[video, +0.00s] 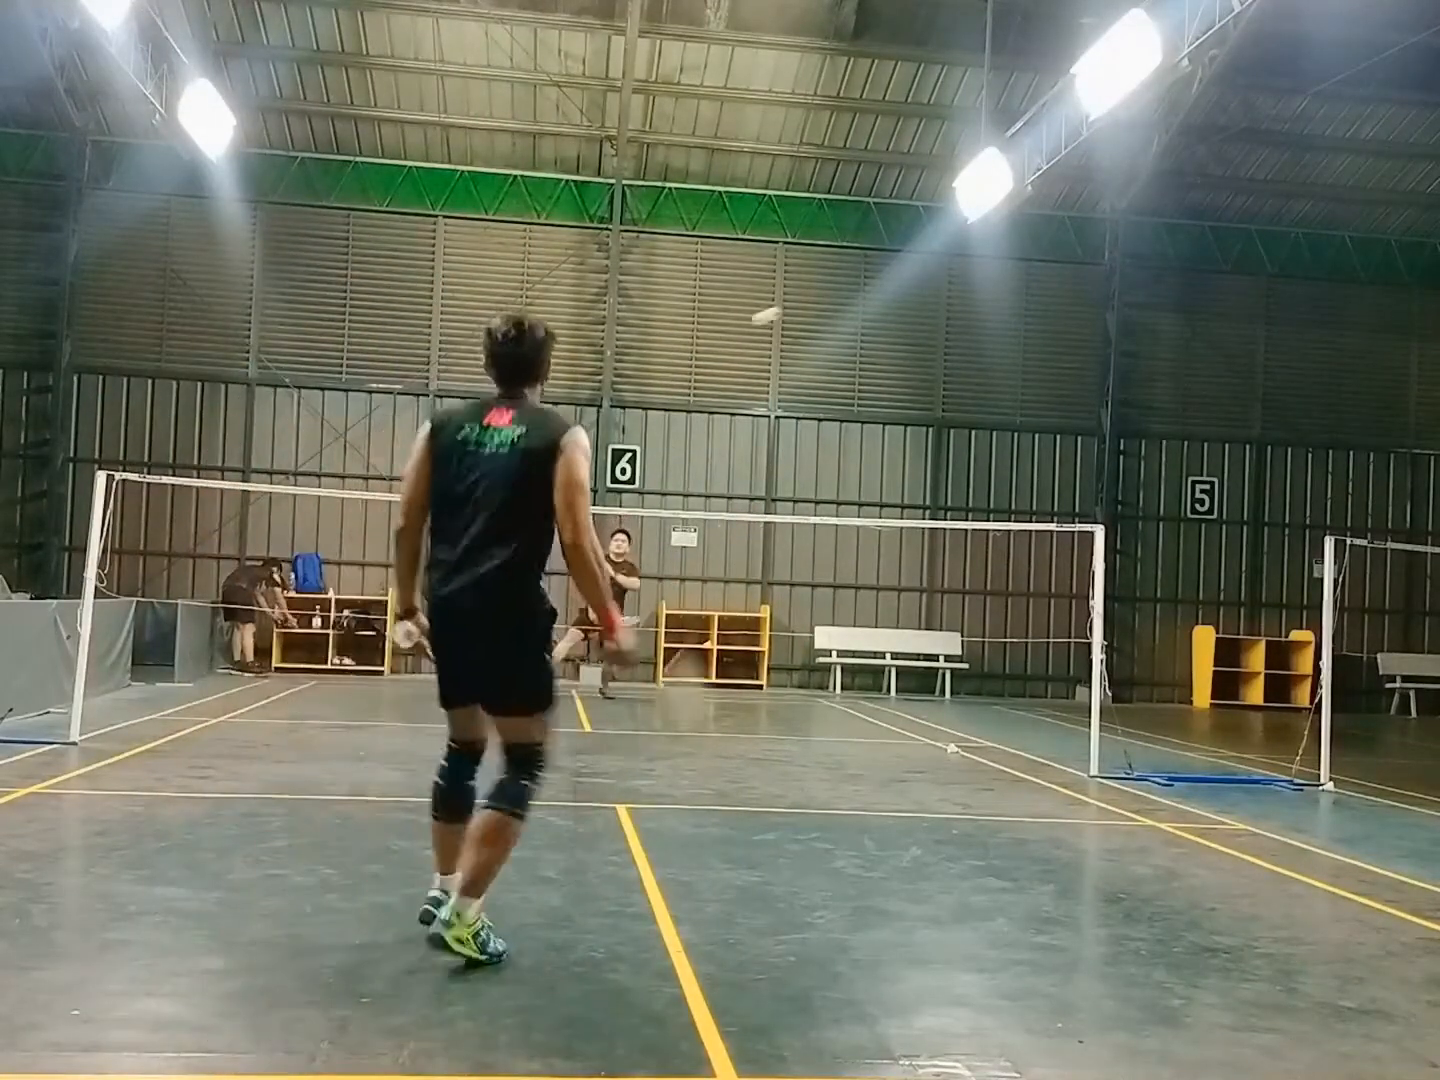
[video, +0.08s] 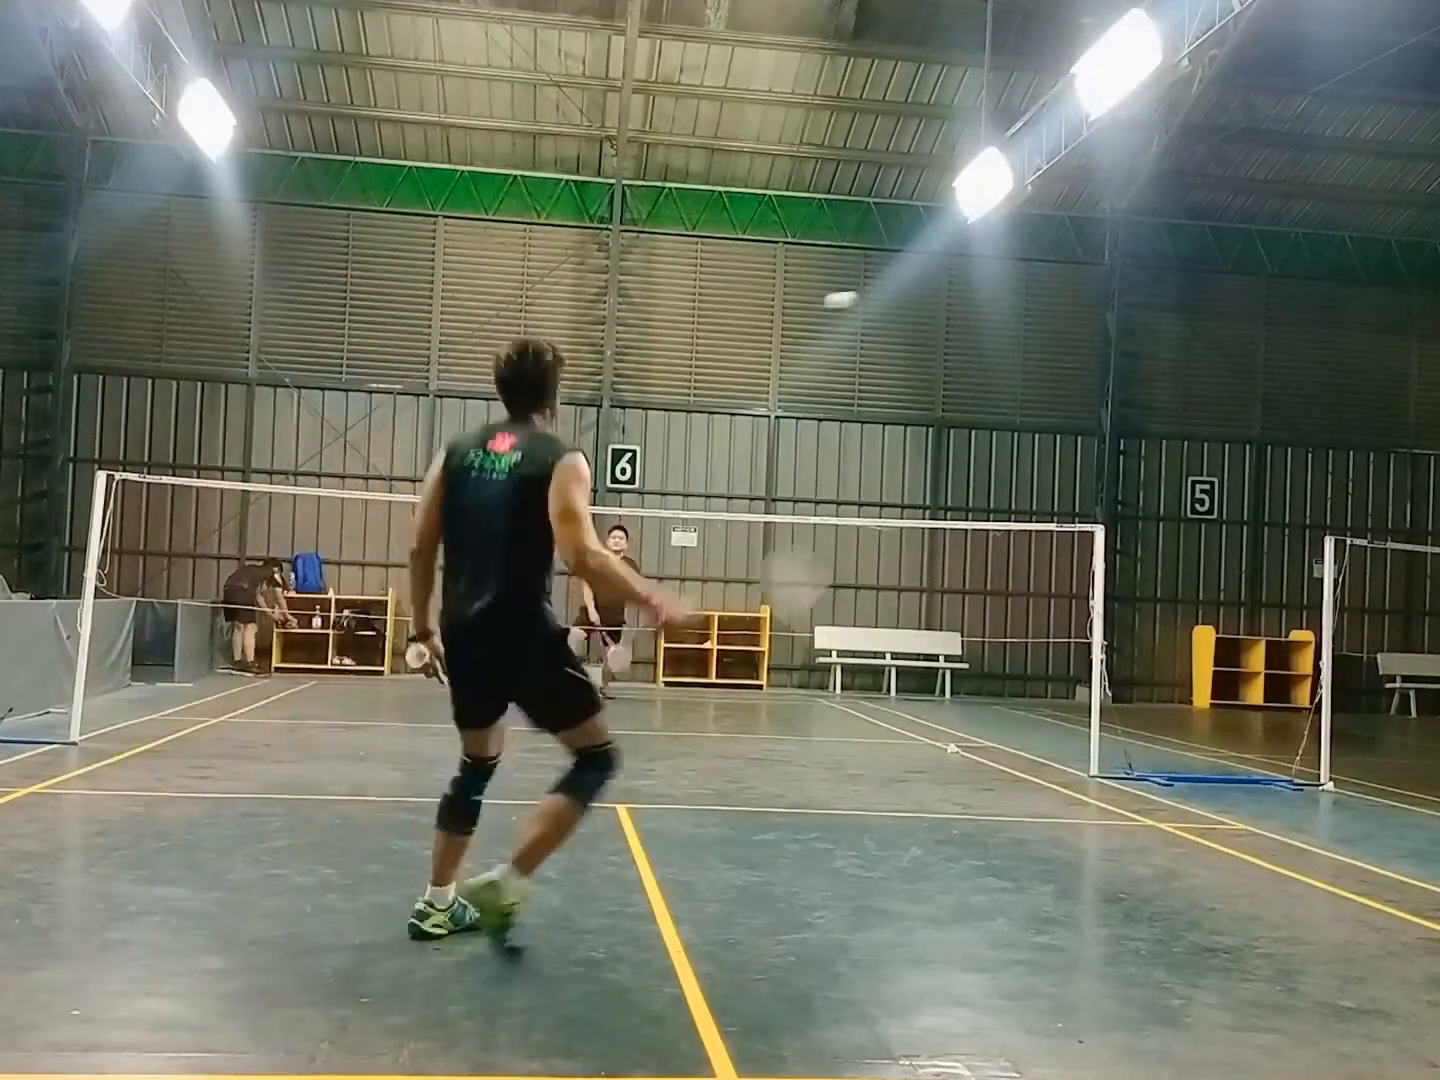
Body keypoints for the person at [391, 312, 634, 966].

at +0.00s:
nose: (545, 375)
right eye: (546, 366)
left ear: (489, 368)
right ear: (545, 370)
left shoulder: (444, 424)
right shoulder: (562, 435)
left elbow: (409, 517)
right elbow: (575, 537)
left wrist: (407, 603)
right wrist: (610, 617)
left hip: (447, 608)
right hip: (513, 612)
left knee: (464, 743)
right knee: (523, 757)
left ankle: (444, 891)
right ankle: (464, 910)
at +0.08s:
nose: (555, 400)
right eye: (556, 392)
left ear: (500, 393)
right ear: (552, 396)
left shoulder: (457, 452)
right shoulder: (563, 460)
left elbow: (421, 545)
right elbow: (580, 553)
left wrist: (421, 628)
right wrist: (649, 595)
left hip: (463, 637)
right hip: (524, 638)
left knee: (476, 760)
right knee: (596, 757)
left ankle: (437, 901)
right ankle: (511, 881)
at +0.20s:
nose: (592, 394)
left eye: (589, 383)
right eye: (588, 385)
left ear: (532, 392)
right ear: (572, 393)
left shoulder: (487, 448)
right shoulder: (581, 461)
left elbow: (446, 533)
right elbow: (609, 547)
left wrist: (435, 612)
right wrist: (698, 545)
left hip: (482, 629)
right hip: (550, 627)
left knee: (484, 758)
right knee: (627, 745)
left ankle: (440, 898)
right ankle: (580, 891)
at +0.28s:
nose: (633, 371)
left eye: (629, 360)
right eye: (627, 362)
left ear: (573, 372)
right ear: (607, 372)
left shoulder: (524, 418)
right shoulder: (624, 445)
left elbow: (475, 497)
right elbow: (705, 498)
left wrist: (459, 571)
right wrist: (800, 483)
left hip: (503, 604)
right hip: (568, 610)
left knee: (483, 741)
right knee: (623, 742)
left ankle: (442, 879)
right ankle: (660, 899)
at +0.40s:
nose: (681, 375)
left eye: (676, 364)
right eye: (671, 366)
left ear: (627, 378)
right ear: (643, 381)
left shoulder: (577, 414)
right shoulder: (673, 440)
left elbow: (515, 491)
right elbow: (786, 463)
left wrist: (498, 557)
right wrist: (874, 461)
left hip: (522, 593)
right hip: (581, 606)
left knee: (496, 731)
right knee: (637, 751)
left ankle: (449, 864)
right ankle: (673, 909)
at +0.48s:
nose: (711, 388)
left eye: (705, 378)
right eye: (701, 380)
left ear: (653, 396)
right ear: (674, 394)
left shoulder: (603, 432)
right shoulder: (694, 456)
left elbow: (542, 496)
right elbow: (801, 483)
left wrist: (522, 563)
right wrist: (841, 478)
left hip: (548, 610)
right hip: (598, 622)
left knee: (513, 737)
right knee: (658, 763)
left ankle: (449, 862)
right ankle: (659, 930)